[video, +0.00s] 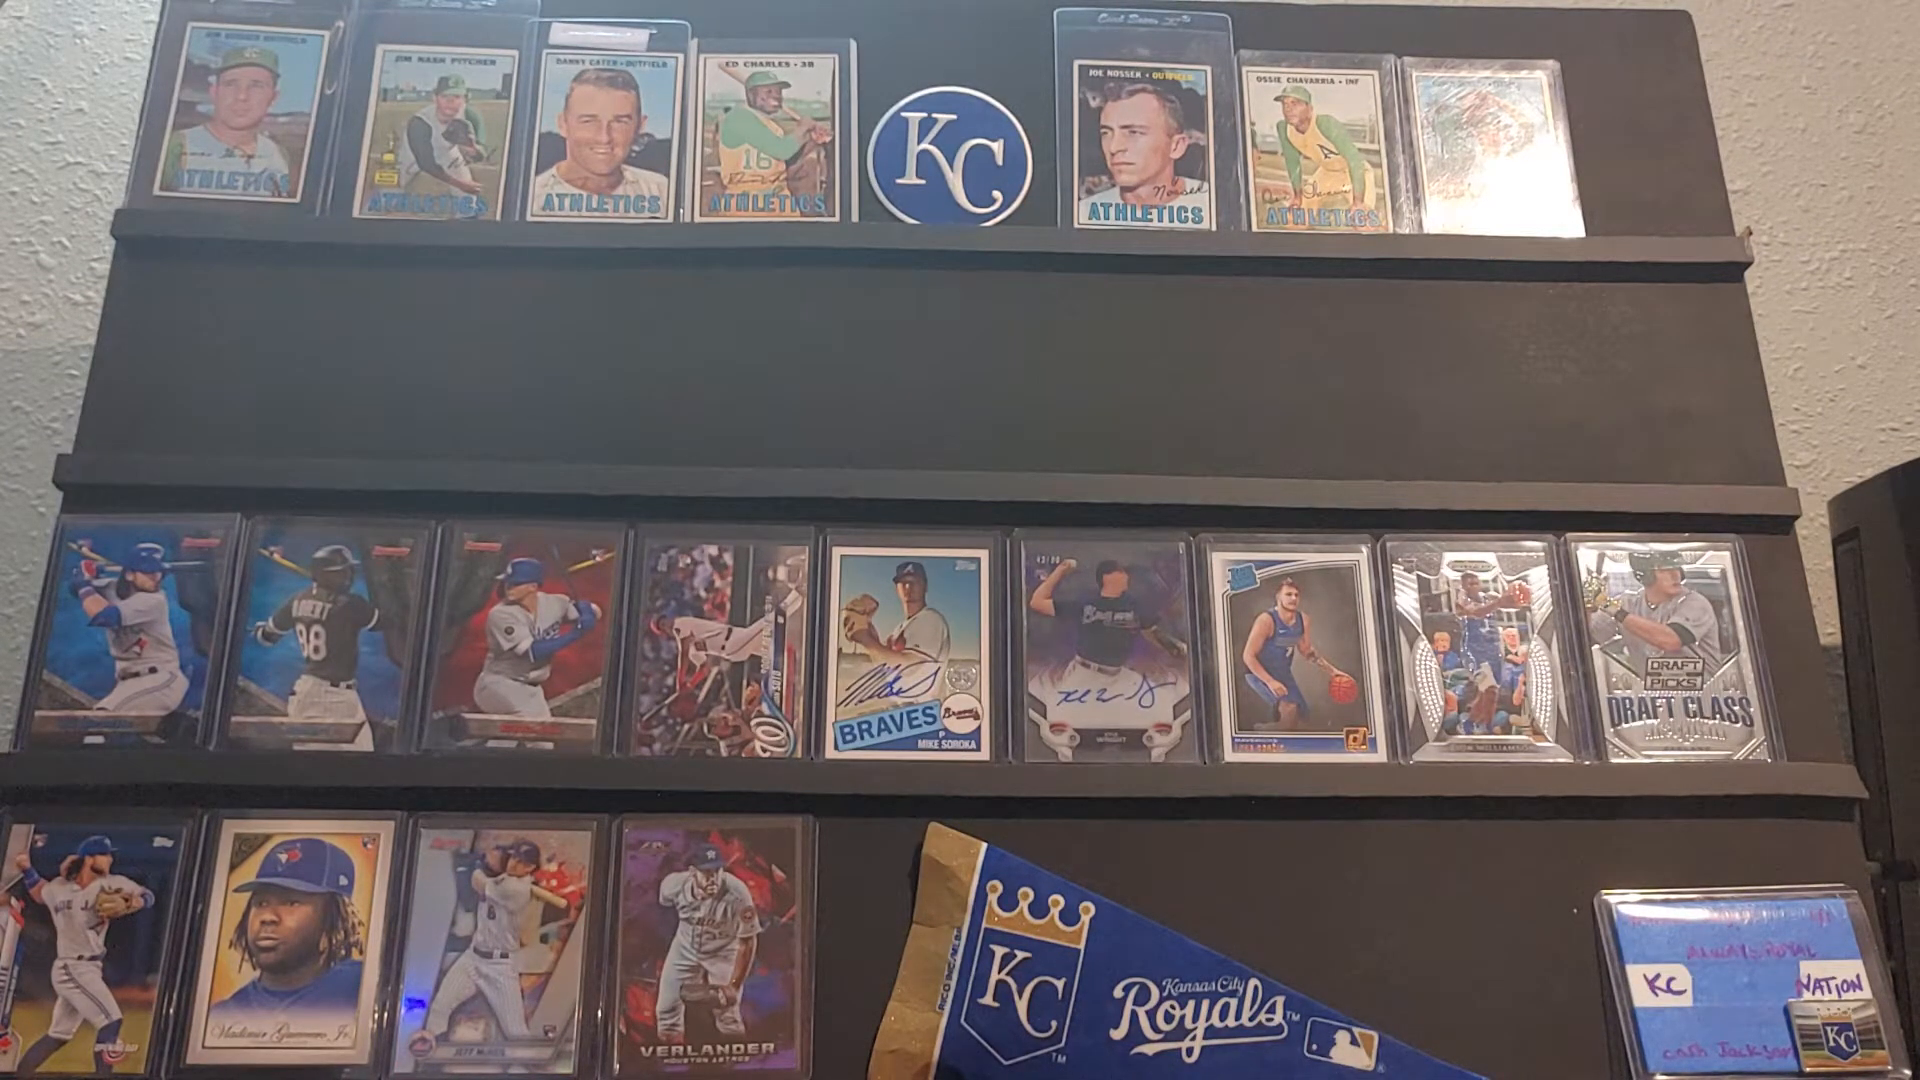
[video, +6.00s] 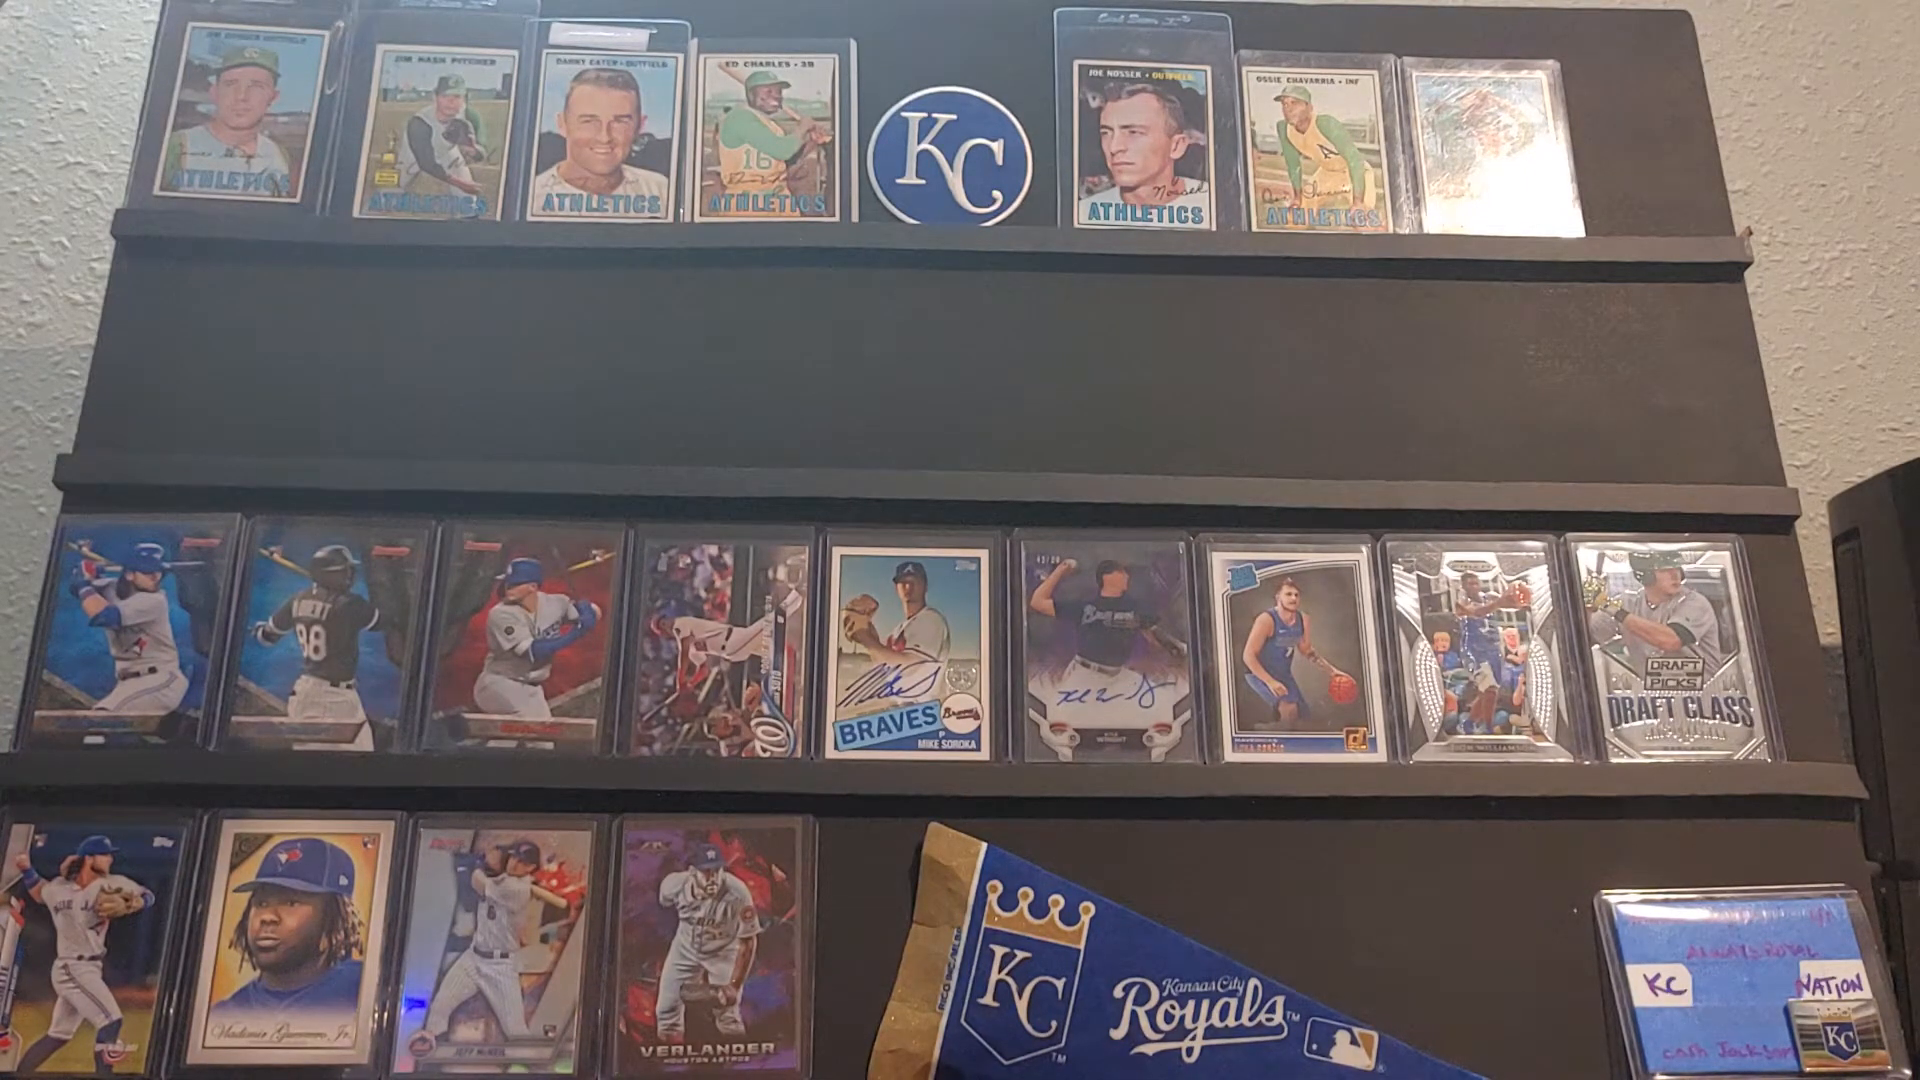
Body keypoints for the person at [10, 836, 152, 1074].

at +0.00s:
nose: (109, 859)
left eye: (109, 855)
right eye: (104, 855)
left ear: (101, 861)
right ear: (89, 859)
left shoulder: (111, 884)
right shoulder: (58, 888)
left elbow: (148, 896)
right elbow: (39, 892)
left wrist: (132, 904)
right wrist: (27, 869)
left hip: (90, 969)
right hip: (71, 969)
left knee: (58, 1035)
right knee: (111, 1020)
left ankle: (20, 1073)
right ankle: (103, 1073)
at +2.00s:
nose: (110, 859)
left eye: (110, 855)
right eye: (105, 855)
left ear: (97, 861)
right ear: (90, 859)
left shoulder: (111, 884)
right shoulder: (58, 889)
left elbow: (148, 896)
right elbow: (38, 890)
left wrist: (131, 905)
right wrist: (26, 869)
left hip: (90, 969)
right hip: (71, 969)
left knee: (58, 1036)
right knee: (111, 1019)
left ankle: (19, 1073)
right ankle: (104, 1074)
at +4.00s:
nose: (110, 859)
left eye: (110, 855)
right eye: (105, 855)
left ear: (98, 861)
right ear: (89, 859)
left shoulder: (111, 884)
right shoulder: (58, 888)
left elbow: (148, 896)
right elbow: (39, 891)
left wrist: (131, 904)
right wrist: (27, 869)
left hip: (91, 969)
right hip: (70, 969)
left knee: (59, 1035)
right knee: (110, 1020)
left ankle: (18, 1073)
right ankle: (104, 1074)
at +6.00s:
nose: (110, 860)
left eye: (110, 855)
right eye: (105, 855)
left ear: (96, 861)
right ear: (89, 859)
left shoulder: (110, 885)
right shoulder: (57, 888)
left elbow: (149, 896)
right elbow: (39, 892)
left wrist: (134, 904)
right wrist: (27, 870)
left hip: (90, 969)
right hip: (71, 969)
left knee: (58, 1035)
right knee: (111, 1020)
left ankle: (19, 1073)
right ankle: (104, 1074)